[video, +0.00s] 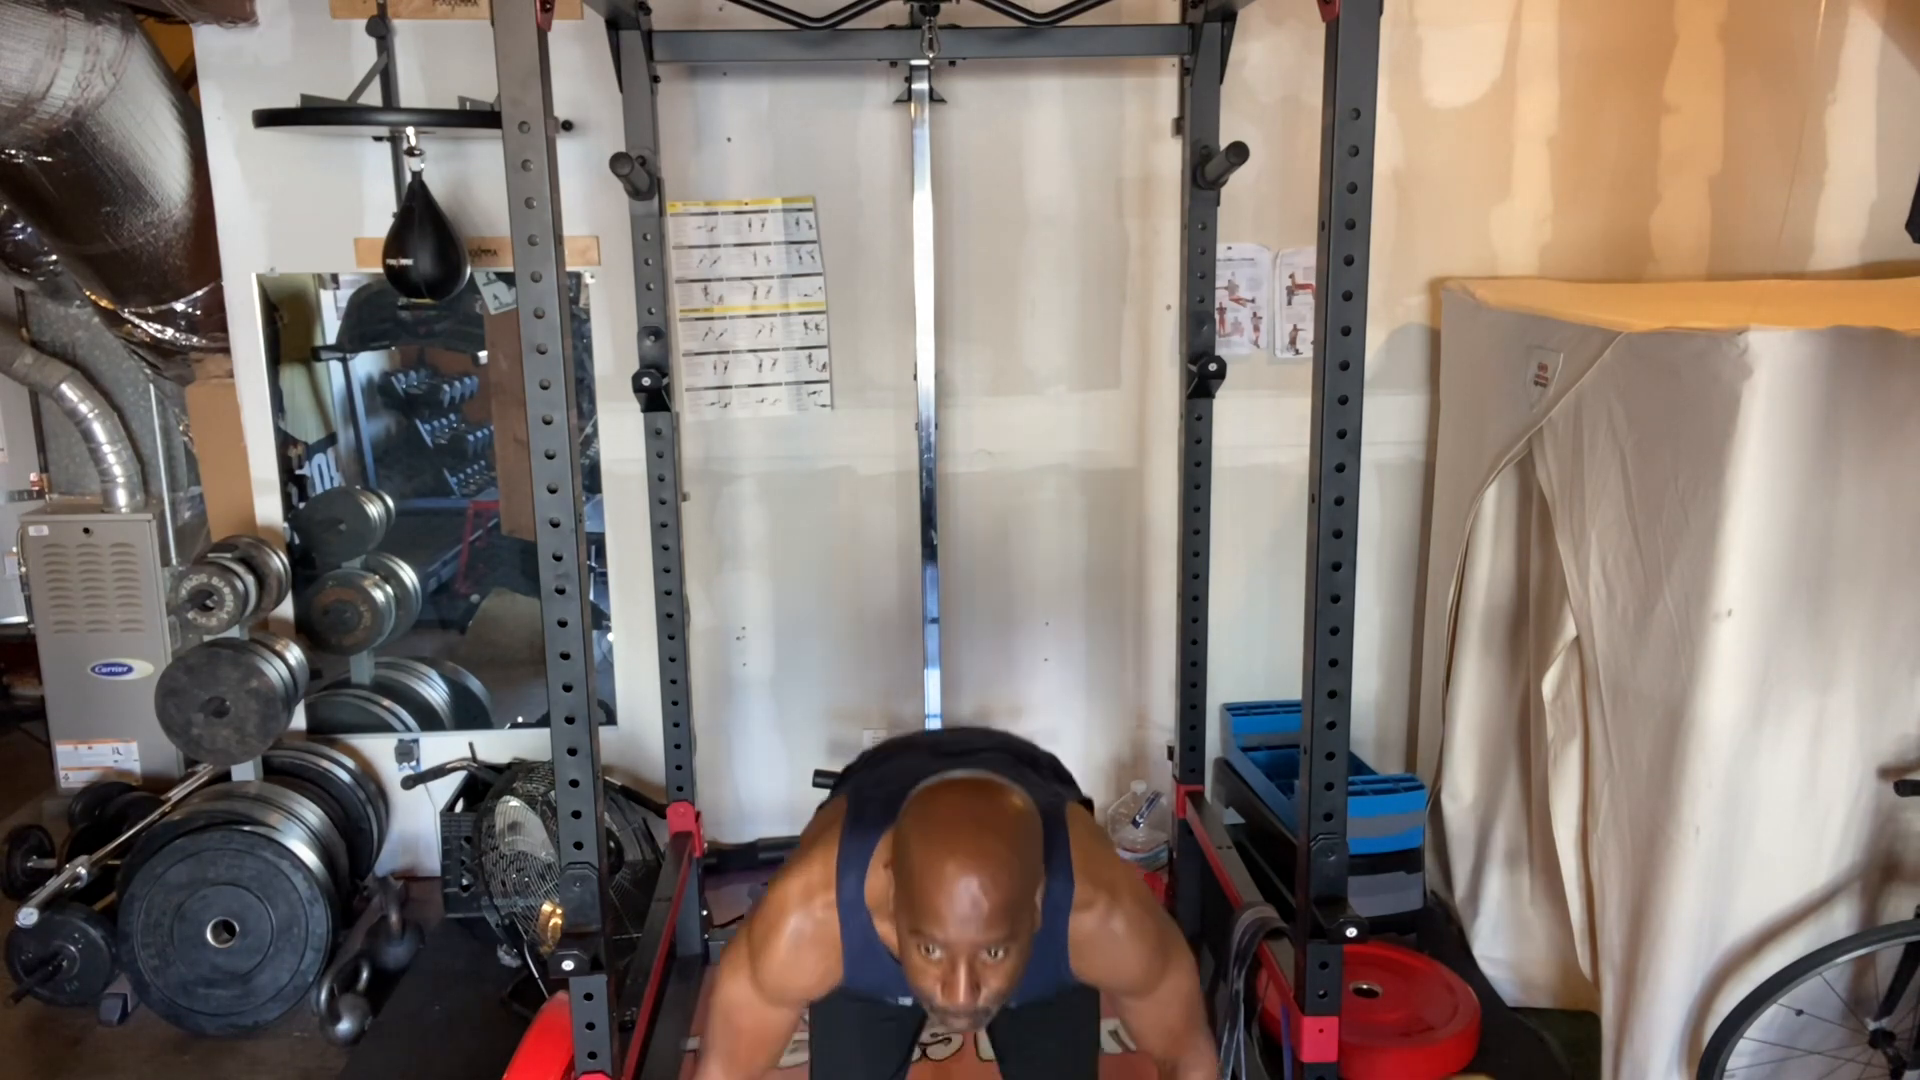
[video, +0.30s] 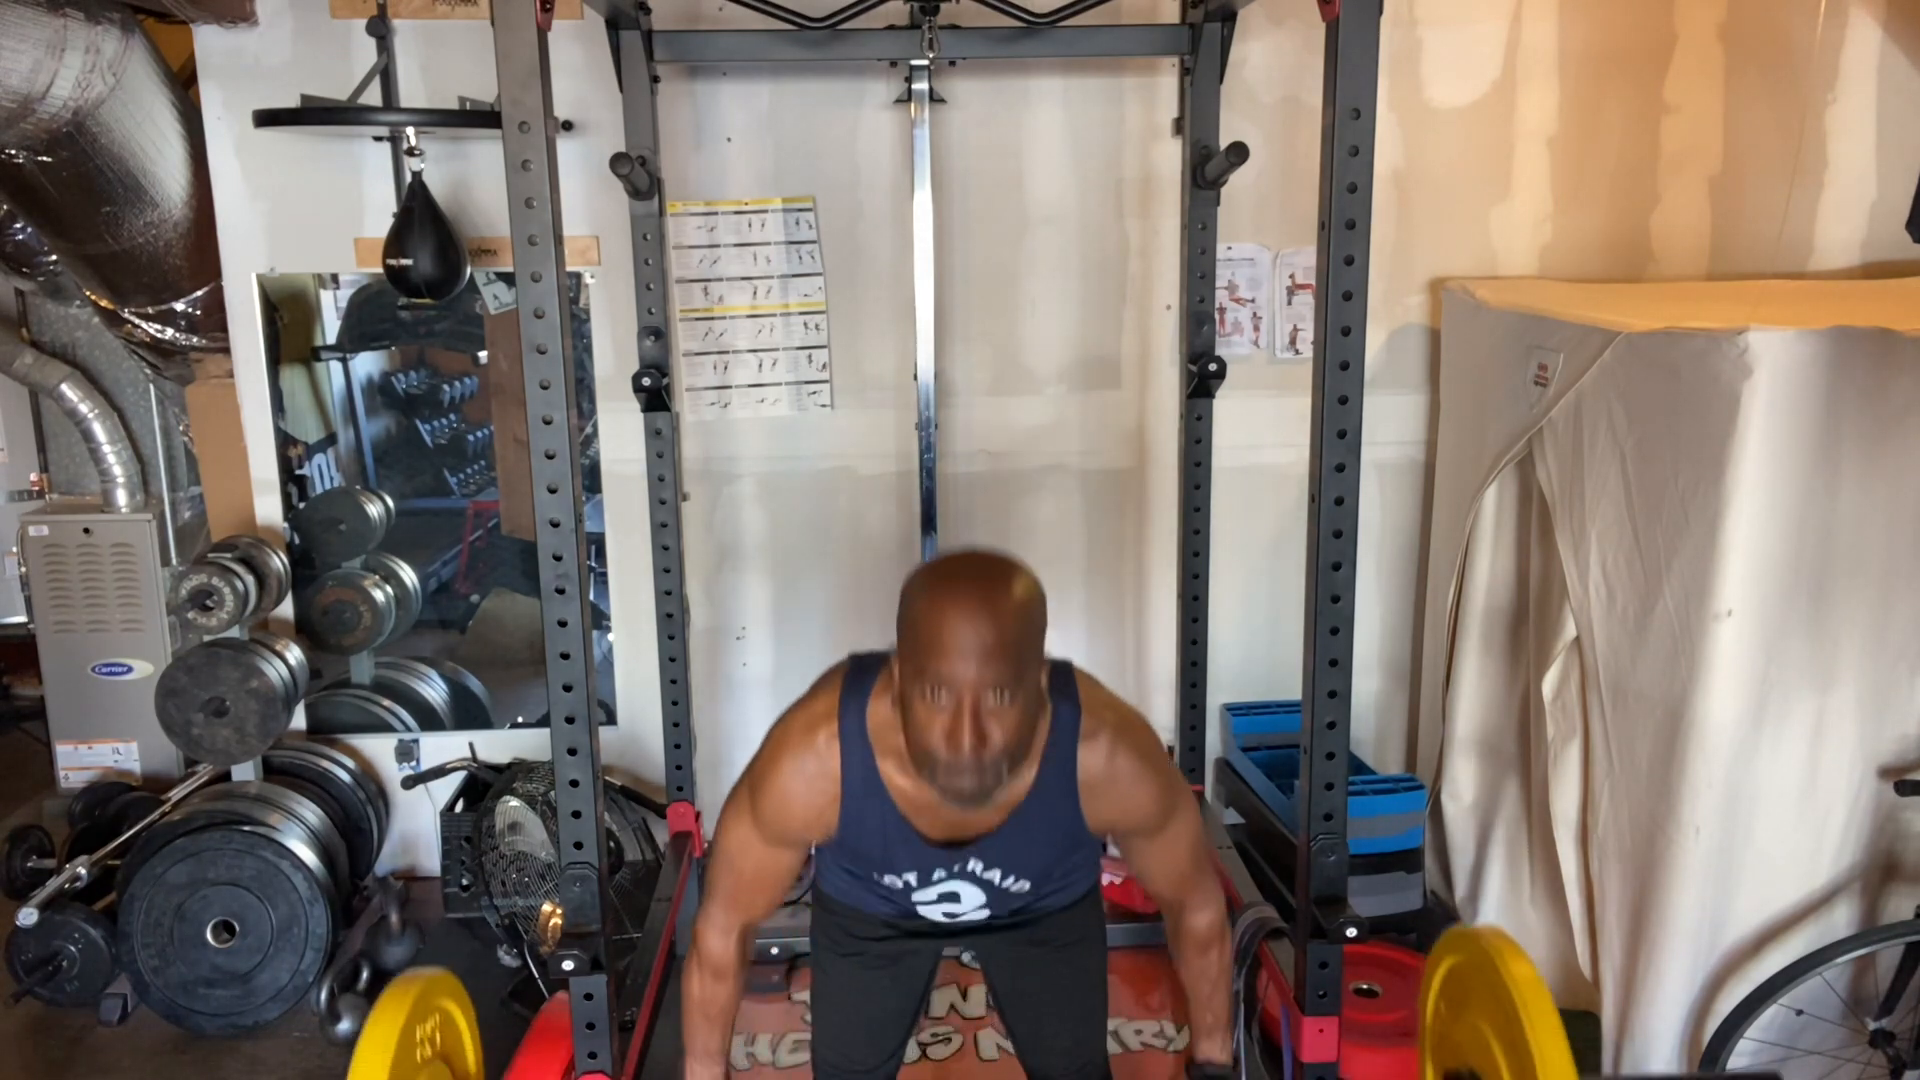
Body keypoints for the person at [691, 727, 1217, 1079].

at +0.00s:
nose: (961, 997)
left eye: (994, 955)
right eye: (929, 953)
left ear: (1040, 913)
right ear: (889, 904)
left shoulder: (1112, 925)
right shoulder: (801, 930)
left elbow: (1190, 1062)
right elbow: (720, 1072)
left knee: (1058, 1067)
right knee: (851, 1068)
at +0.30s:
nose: (967, 736)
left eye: (998, 698)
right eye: (936, 696)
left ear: (1040, 680)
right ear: (898, 676)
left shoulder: (1109, 757)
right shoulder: (806, 760)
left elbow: (1194, 905)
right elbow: (720, 930)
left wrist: (1214, 1059)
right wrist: (702, 1070)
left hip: (1042, 907)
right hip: (871, 909)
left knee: (1072, 1066)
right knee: (849, 1068)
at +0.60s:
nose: (933, 470)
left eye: (964, 443)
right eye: (906, 443)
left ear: (1007, 470)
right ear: (869, 469)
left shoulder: (1085, 614)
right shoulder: (793, 617)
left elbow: (1175, 780)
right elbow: (708, 802)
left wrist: (1204, 951)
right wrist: (692, 986)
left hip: (1037, 906)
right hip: (865, 912)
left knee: (1076, 1067)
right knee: (843, 1070)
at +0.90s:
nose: (951, 361)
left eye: (977, 344)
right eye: (922, 345)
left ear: (1019, 383)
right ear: (886, 387)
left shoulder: (1095, 549)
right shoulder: (806, 556)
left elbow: (1174, 730)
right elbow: (723, 748)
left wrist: (1203, 901)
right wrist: (692, 934)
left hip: (1050, 925)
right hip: (869, 929)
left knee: (1083, 1063)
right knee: (850, 1062)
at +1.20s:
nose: (1000, 317)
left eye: (1026, 301)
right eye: (973, 301)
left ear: (1067, 341)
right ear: (937, 341)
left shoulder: (1137, 510)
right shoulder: (854, 506)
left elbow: (1203, 702)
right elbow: (771, 703)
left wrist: (1239, 885)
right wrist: (730, 890)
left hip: (1085, 903)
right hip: (904, 902)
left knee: (1095, 1064)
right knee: (866, 1065)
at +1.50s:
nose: (961, 313)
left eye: (983, 295)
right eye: (936, 297)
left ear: (1021, 327)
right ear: (902, 331)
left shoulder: (1097, 495)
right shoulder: (821, 502)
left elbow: (1172, 684)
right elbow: (749, 702)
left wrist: (1218, 872)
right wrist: (705, 893)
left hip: (1057, 931)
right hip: (863, 936)